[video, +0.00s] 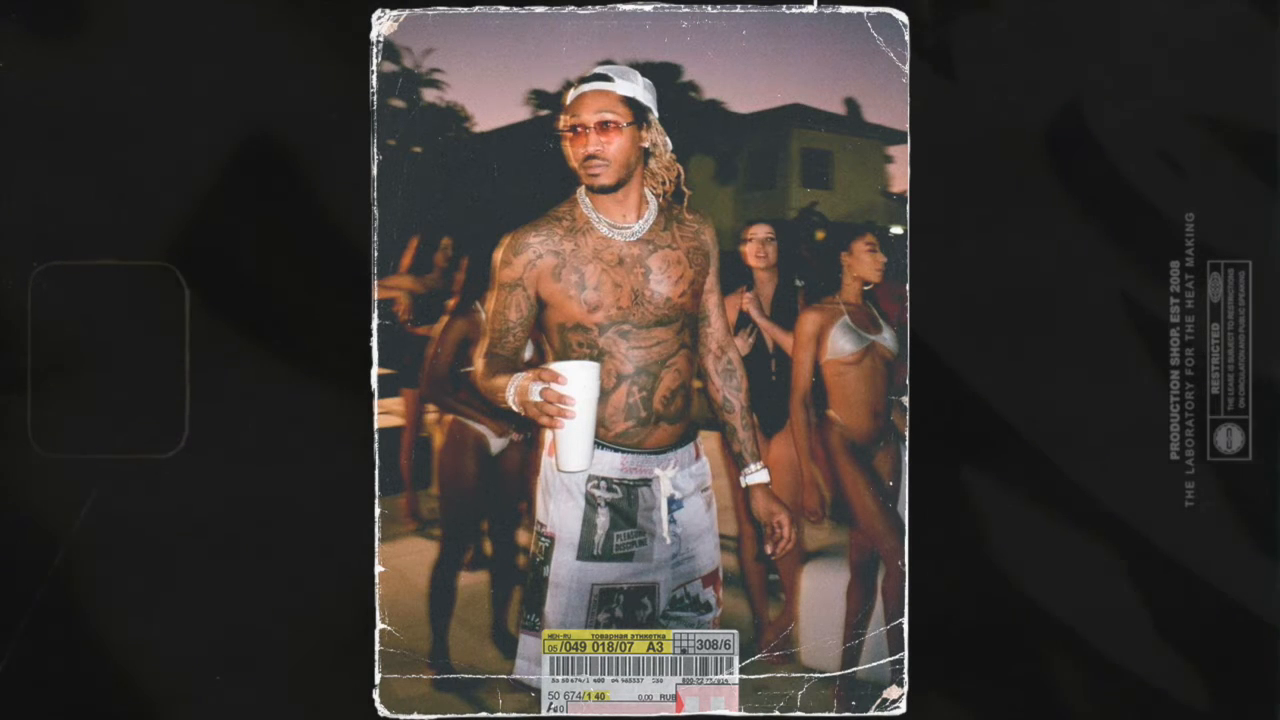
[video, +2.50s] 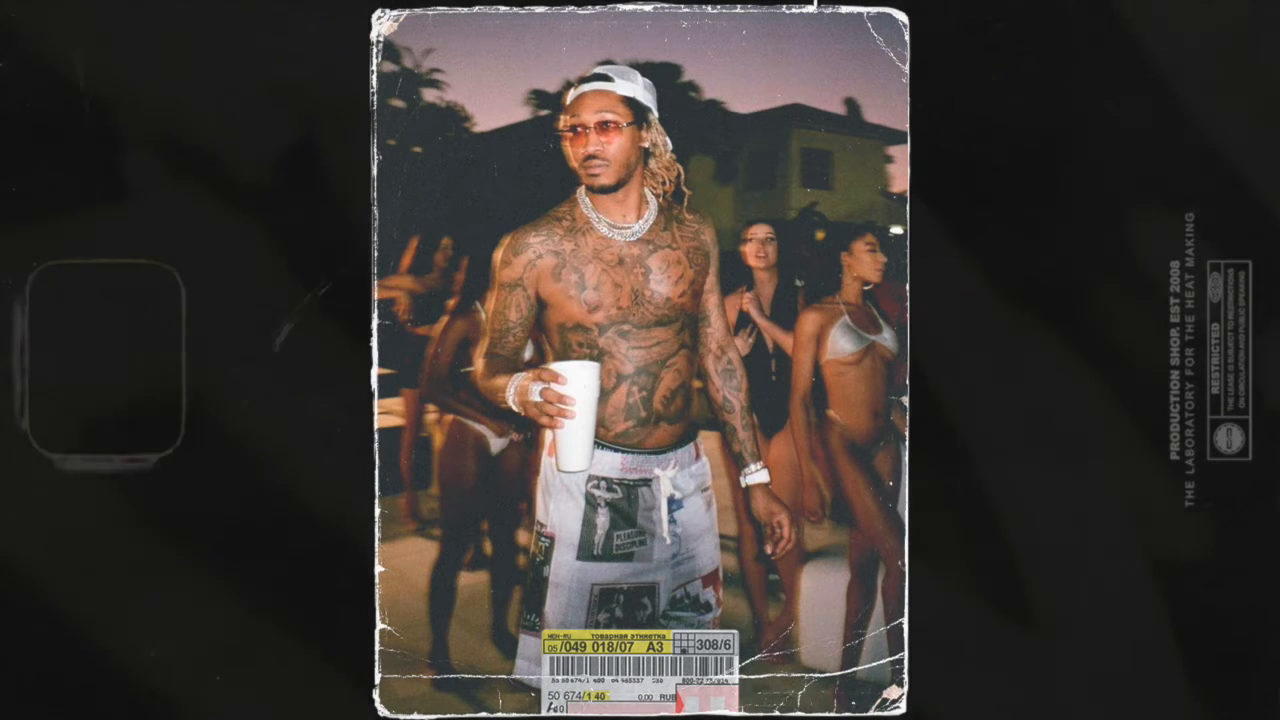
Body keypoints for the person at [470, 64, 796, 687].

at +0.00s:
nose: (590, 143)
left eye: (608, 126)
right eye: (576, 130)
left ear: (646, 138)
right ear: (565, 143)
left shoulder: (693, 235)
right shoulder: (532, 247)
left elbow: (720, 358)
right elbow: (491, 364)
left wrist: (756, 482)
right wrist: (516, 389)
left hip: (681, 476)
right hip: (583, 481)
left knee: (689, 663)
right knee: (573, 668)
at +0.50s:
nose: (589, 143)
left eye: (608, 126)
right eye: (576, 130)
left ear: (645, 138)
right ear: (565, 143)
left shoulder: (693, 235)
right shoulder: (532, 248)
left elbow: (720, 358)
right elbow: (491, 365)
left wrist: (756, 482)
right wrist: (517, 389)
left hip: (681, 475)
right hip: (583, 481)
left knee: (688, 662)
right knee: (575, 668)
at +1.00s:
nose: (590, 143)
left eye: (608, 126)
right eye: (576, 130)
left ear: (646, 138)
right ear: (565, 143)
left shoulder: (693, 235)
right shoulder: (532, 248)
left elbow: (720, 358)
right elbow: (491, 365)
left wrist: (756, 482)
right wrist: (516, 389)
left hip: (681, 476)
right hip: (582, 481)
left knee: (689, 664)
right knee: (573, 669)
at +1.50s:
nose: (589, 143)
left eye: (608, 126)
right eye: (576, 130)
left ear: (645, 138)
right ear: (565, 144)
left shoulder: (693, 235)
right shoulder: (532, 248)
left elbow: (720, 358)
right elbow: (491, 364)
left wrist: (756, 481)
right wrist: (516, 389)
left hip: (681, 476)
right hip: (582, 481)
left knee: (689, 664)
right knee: (574, 669)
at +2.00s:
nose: (590, 143)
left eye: (608, 126)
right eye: (576, 130)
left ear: (645, 138)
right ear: (565, 144)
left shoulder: (693, 236)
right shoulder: (532, 248)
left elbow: (720, 359)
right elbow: (491, 365)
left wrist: (756, 482)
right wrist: (516, 389)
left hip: (681, 477)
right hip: (582, 482)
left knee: (689, 664)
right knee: (574, 669)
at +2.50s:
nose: (590, 143)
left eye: (608, 126)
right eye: (576, 130)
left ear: (645, 138)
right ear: (565, 143)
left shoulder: (693, 235)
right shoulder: (532, 248)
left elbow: (720, 358)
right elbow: (491, 365)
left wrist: (756, 482)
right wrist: (516, 389)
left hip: (681, 476)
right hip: (582, 481)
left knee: (689, 664)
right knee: (574, 669)